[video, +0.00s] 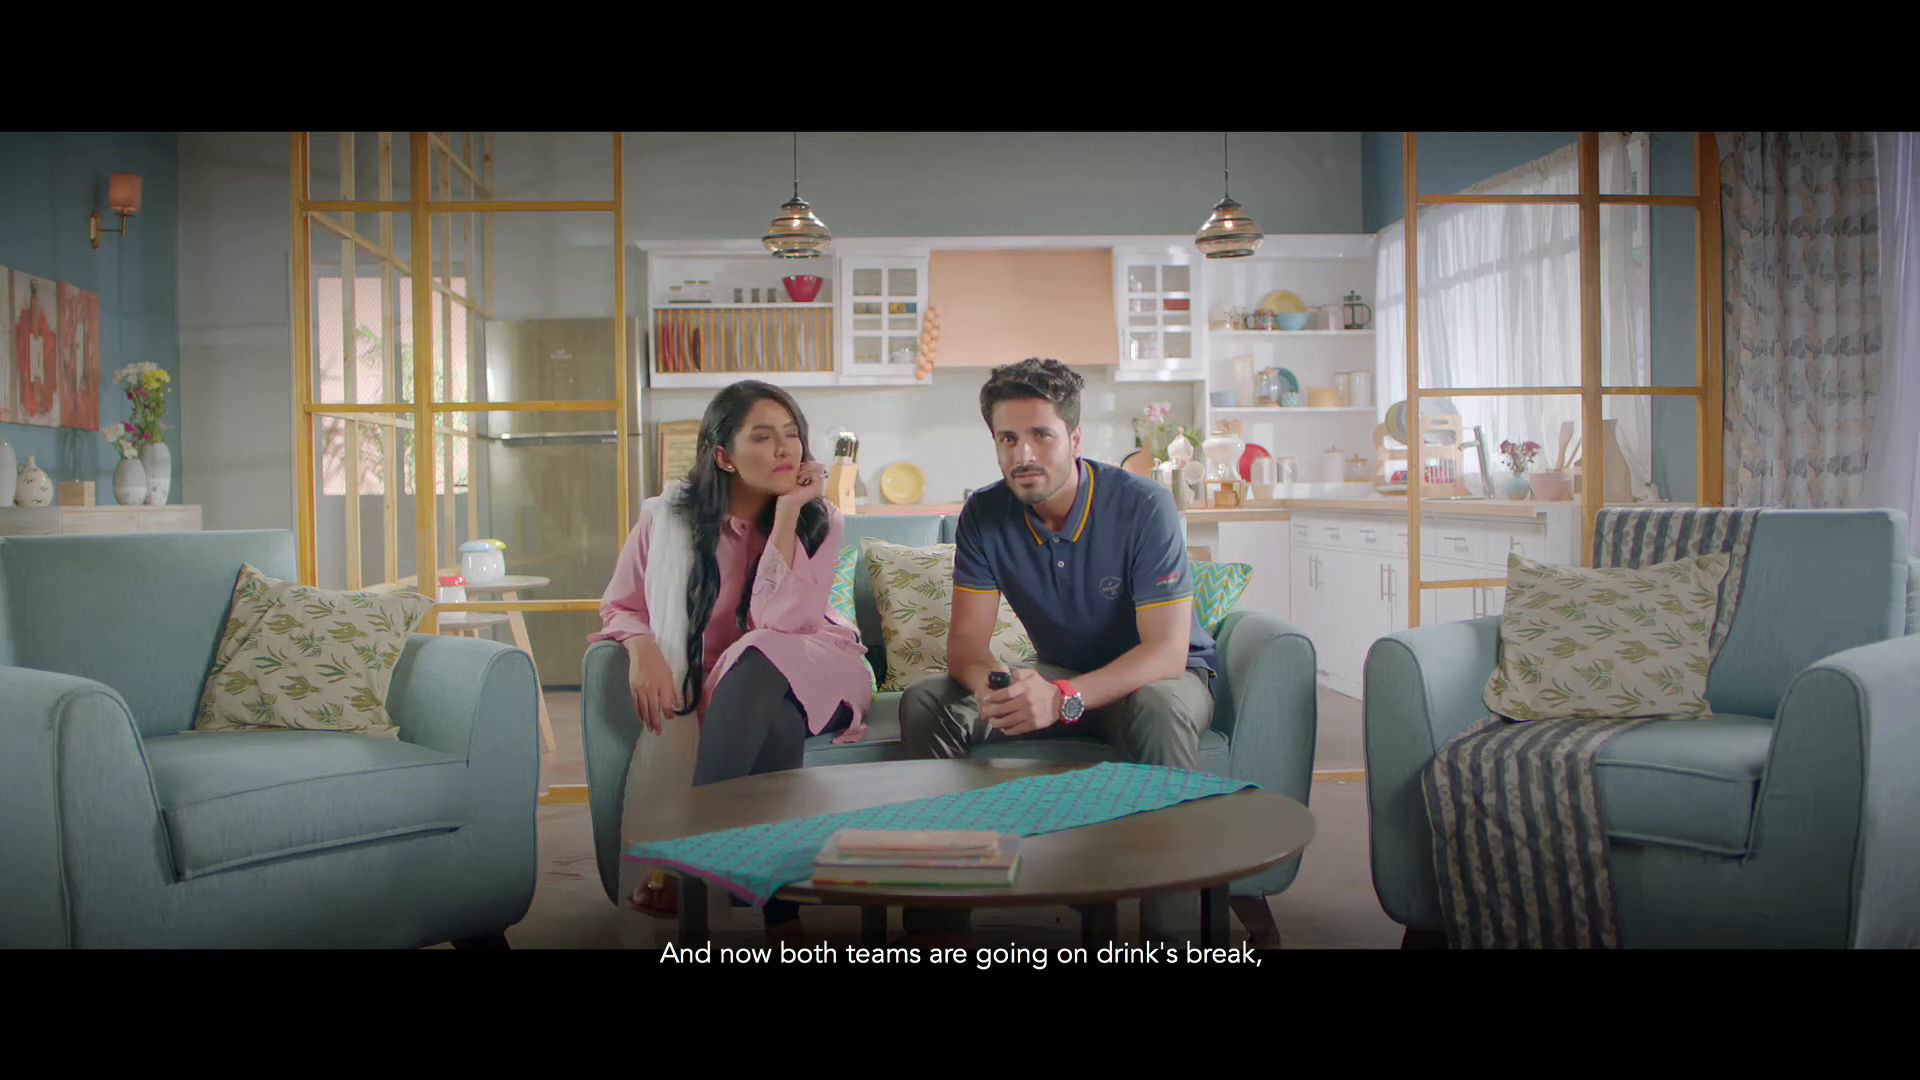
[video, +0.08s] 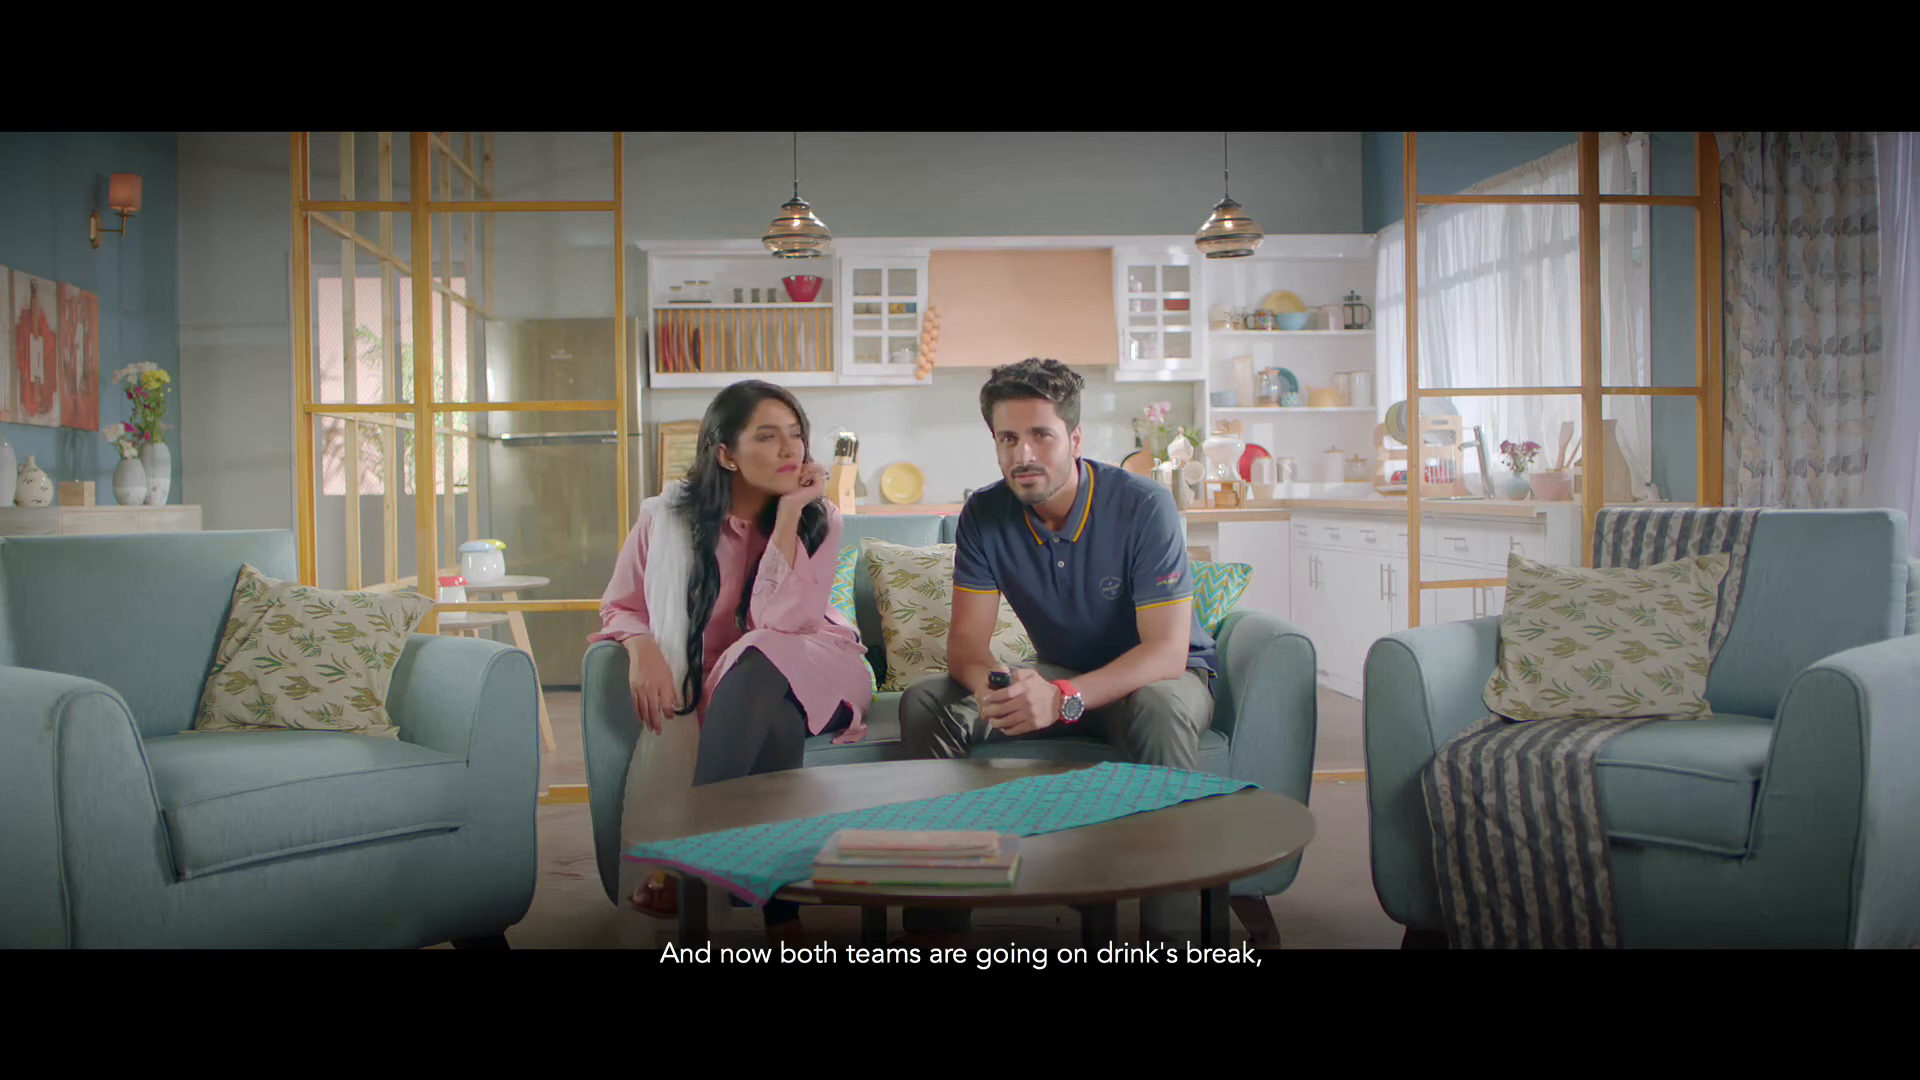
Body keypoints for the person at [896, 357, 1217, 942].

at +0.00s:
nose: (1023, 454)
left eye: (1040, 436)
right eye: (1008, 438)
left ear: (1075, 440)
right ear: (994, 443)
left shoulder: (1143, 508)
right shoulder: (985, 515)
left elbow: (1167, 654)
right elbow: (966, 647)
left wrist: (1064, 698)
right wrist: (996, 686)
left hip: (1157, 676)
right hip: (1059, 678)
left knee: (1157, 709)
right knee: (926, 702)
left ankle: (1171, 922)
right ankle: (942, 897)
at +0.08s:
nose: (1023, 454)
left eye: (1040, 436)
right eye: (1008, 438)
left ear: (1075, 440)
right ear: (994, 443)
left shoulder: (1143, 507)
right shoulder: (985, 515)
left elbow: (1167, 654)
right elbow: (966, 646)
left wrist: (1064, 698)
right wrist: (995, 686)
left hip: (1156, 676)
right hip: (1059, 677)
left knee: (1157, 709)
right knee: (926, 702)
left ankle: (1171, 923)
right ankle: (943, 897)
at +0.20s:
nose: (1023, 454)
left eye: (1040, 435)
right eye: (1008, 438)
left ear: (1076, 440)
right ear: (994, 443)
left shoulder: (1143, 507)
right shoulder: (985, 515)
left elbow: (1167, 654)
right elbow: (966, 647)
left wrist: (1064, 697)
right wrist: (996, 686)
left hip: (1156, 676)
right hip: (1059, 677)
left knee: (1157, 709)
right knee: (926, 702)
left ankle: (1172, 923)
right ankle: (943, 897)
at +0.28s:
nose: (1023, 454)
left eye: (1040, 435)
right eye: (1009, 438)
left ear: (1076, 440)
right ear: (995, 443)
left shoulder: (1143, 507)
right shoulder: (985, 515)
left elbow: (1166, 655)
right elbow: (966, 647)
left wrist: (1064, 697)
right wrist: (997, 686)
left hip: (1156, 677)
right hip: (1059, 679)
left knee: (1157, 709)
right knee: (926, 703)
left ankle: (1172, 922)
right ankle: (943, 897)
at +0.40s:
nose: (1022, 454)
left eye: (1040, 435)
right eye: (1009, 437)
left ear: (1076, 440)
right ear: (995, 442)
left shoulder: (1143, 507)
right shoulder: (985, 515)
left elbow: (1166, 655)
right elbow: (966, 647)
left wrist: (1063, 697)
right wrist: (997, 685)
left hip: (1156, 677)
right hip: (1059, 680)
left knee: (1157, 708)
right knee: (926, 703)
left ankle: (1172, 921)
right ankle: (943, 898)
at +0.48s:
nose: (1018, 455)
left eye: (1037, 437)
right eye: (1007, 438)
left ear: (1077, 441)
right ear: (995, 440)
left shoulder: (1143, 507)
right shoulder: (985, 515)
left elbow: (1167, 654)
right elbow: (966, 648)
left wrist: (1064, 697)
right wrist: (997, 686)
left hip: (1156, 677)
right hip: (1058, 679)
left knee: (1158, 708)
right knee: (925, 703)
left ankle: (1171, 926)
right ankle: (943, 898)